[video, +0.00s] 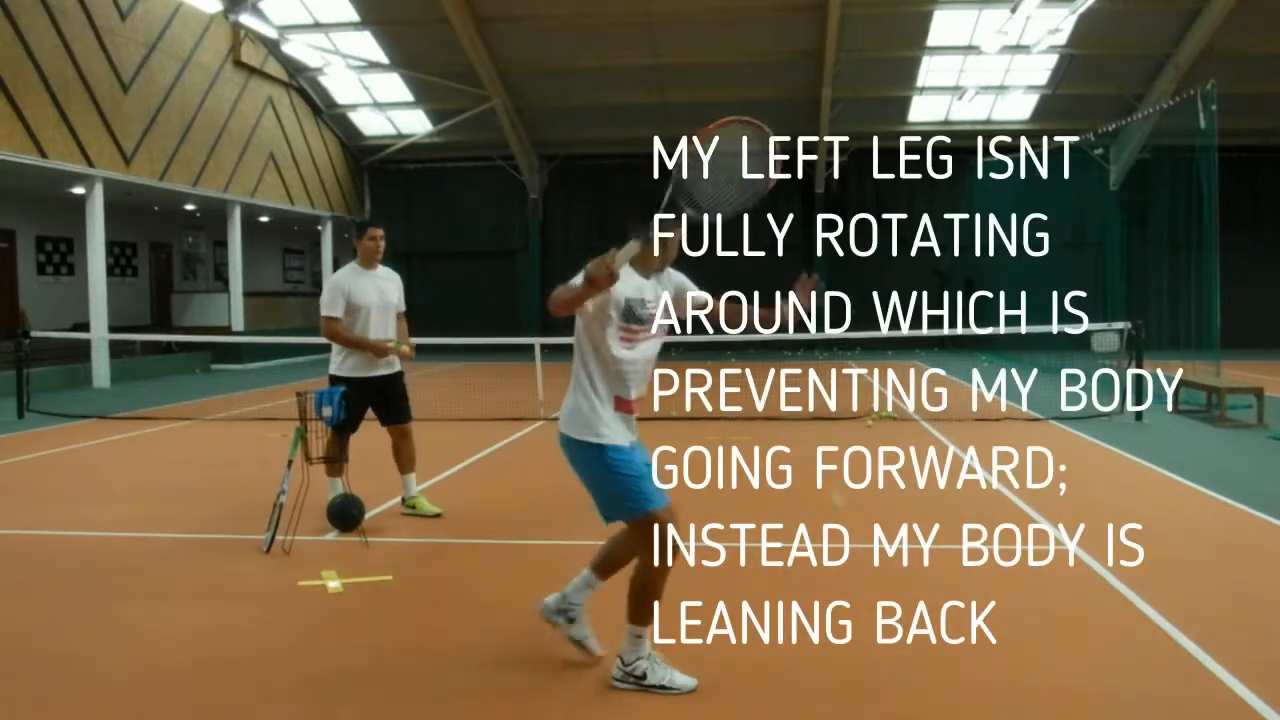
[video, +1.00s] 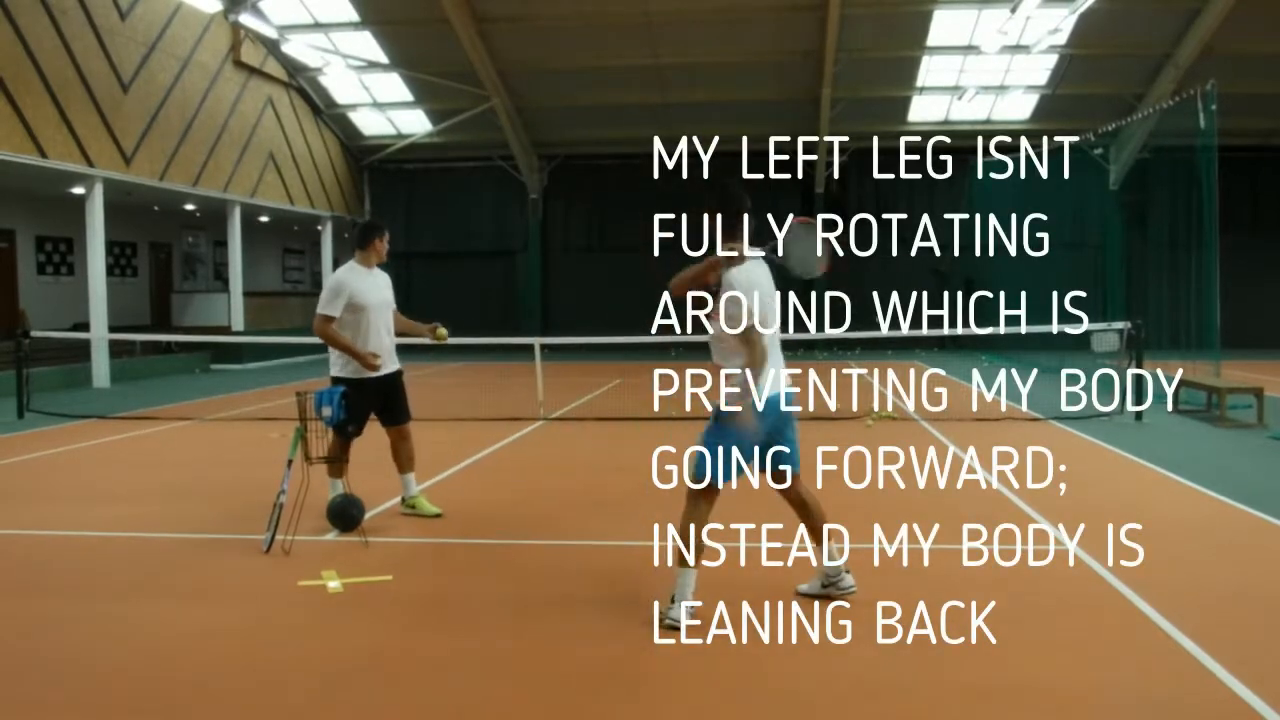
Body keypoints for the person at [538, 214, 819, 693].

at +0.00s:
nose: (680, 245)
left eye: (682, 236)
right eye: (674, 234)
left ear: (678, 242)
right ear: (654, 234)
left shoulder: (671, 284)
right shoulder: (605, 273)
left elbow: (729, 315)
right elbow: (555, 307)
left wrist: (788, 306)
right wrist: (588, 287)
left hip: (620, 427)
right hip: (591, 428)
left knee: (649, 527)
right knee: (663, 531)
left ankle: (567, 602)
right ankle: (634, 659)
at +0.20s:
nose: (702, 269)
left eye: (703, 262)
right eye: (697, 262)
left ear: (687, 266)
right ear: (674, 264)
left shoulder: (698, 306)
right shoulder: (635, 307)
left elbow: (754, 340)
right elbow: (608, 356)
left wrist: (814, 365)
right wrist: (595, 379)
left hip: (646, 438)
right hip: (616, 440)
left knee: (698, 512)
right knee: (673, 535)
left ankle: (657, 602)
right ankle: (634, 658)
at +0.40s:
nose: (721, 249)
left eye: (718, 240)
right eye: (718, 241)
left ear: (686, 240)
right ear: (706, 244)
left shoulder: (666, 276)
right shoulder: (689, 287)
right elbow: (689, 361)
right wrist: (692, 424)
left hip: (644, 409)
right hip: (667, 417)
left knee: (673, 509)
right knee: (694, 515)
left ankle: (654, 598)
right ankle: (657, 621)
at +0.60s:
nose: (731, 212)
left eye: (728, 204)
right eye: (730, 206)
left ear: (688, 202)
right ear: (722, 207)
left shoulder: (651, 249)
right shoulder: (735, 258)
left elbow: (603, 292)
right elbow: (764, 245)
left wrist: (645, 281)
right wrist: (734, 221)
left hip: (661, 388)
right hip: (718, 389)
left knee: (658, 489)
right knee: (722, 489)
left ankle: (662, 593)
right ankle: (689, 559)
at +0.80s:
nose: (686, 225)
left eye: (692, 215)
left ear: (700, 217)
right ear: (735, 215)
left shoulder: (692, 266)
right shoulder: (747, 257)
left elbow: (675, 327)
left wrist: (635, 315)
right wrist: (686, 252)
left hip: (702, 388)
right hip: (751, 384)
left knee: (685, 496)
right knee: (758, 486)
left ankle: (676, 600)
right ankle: (802, 581)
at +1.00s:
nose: (706, 233)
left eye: (710, 227)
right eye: (711, 229)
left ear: (720, 235)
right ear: (744, 231)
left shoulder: (735, 283)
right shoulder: (753, 268)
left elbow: (755, 347)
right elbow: (677, 288)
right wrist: (714, 263)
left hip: (742, 405)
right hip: (775, 401)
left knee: (698, 496)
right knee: (789, 483)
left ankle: (682, 600)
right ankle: (833, 569)